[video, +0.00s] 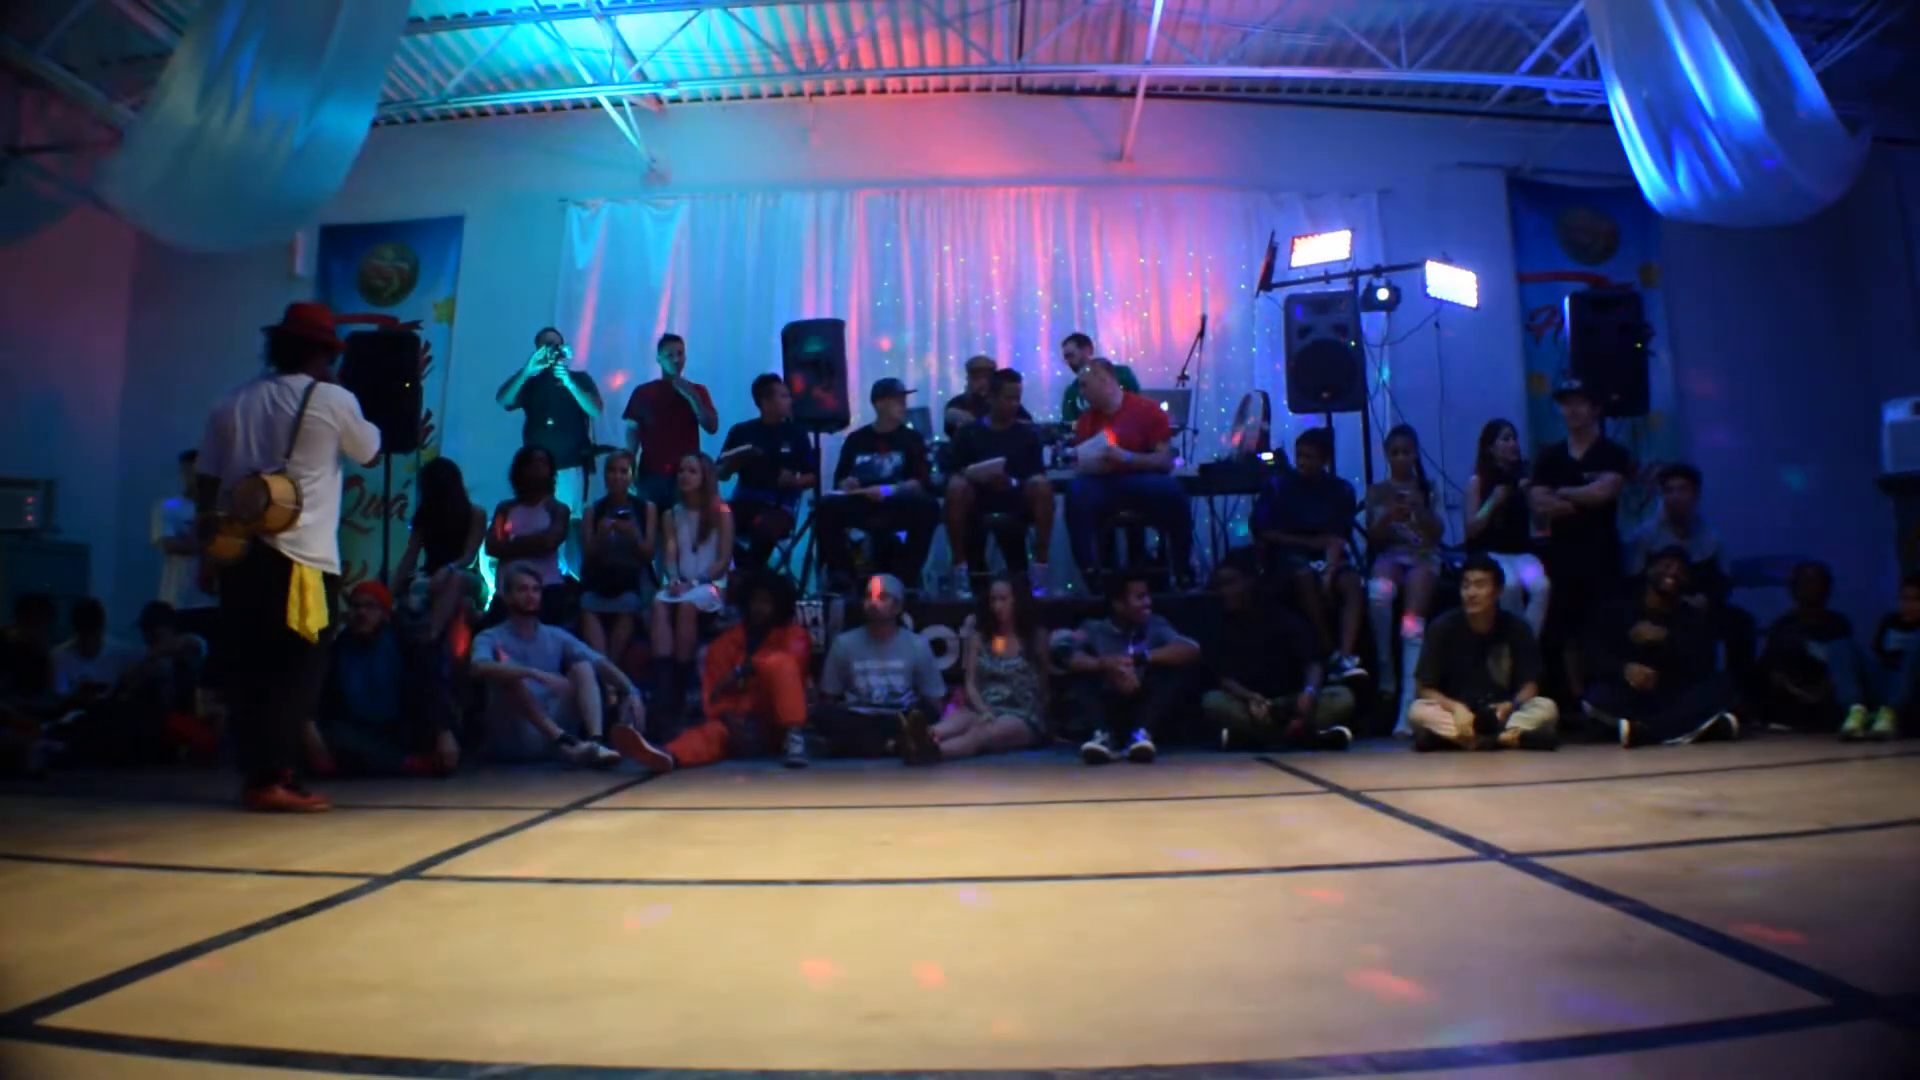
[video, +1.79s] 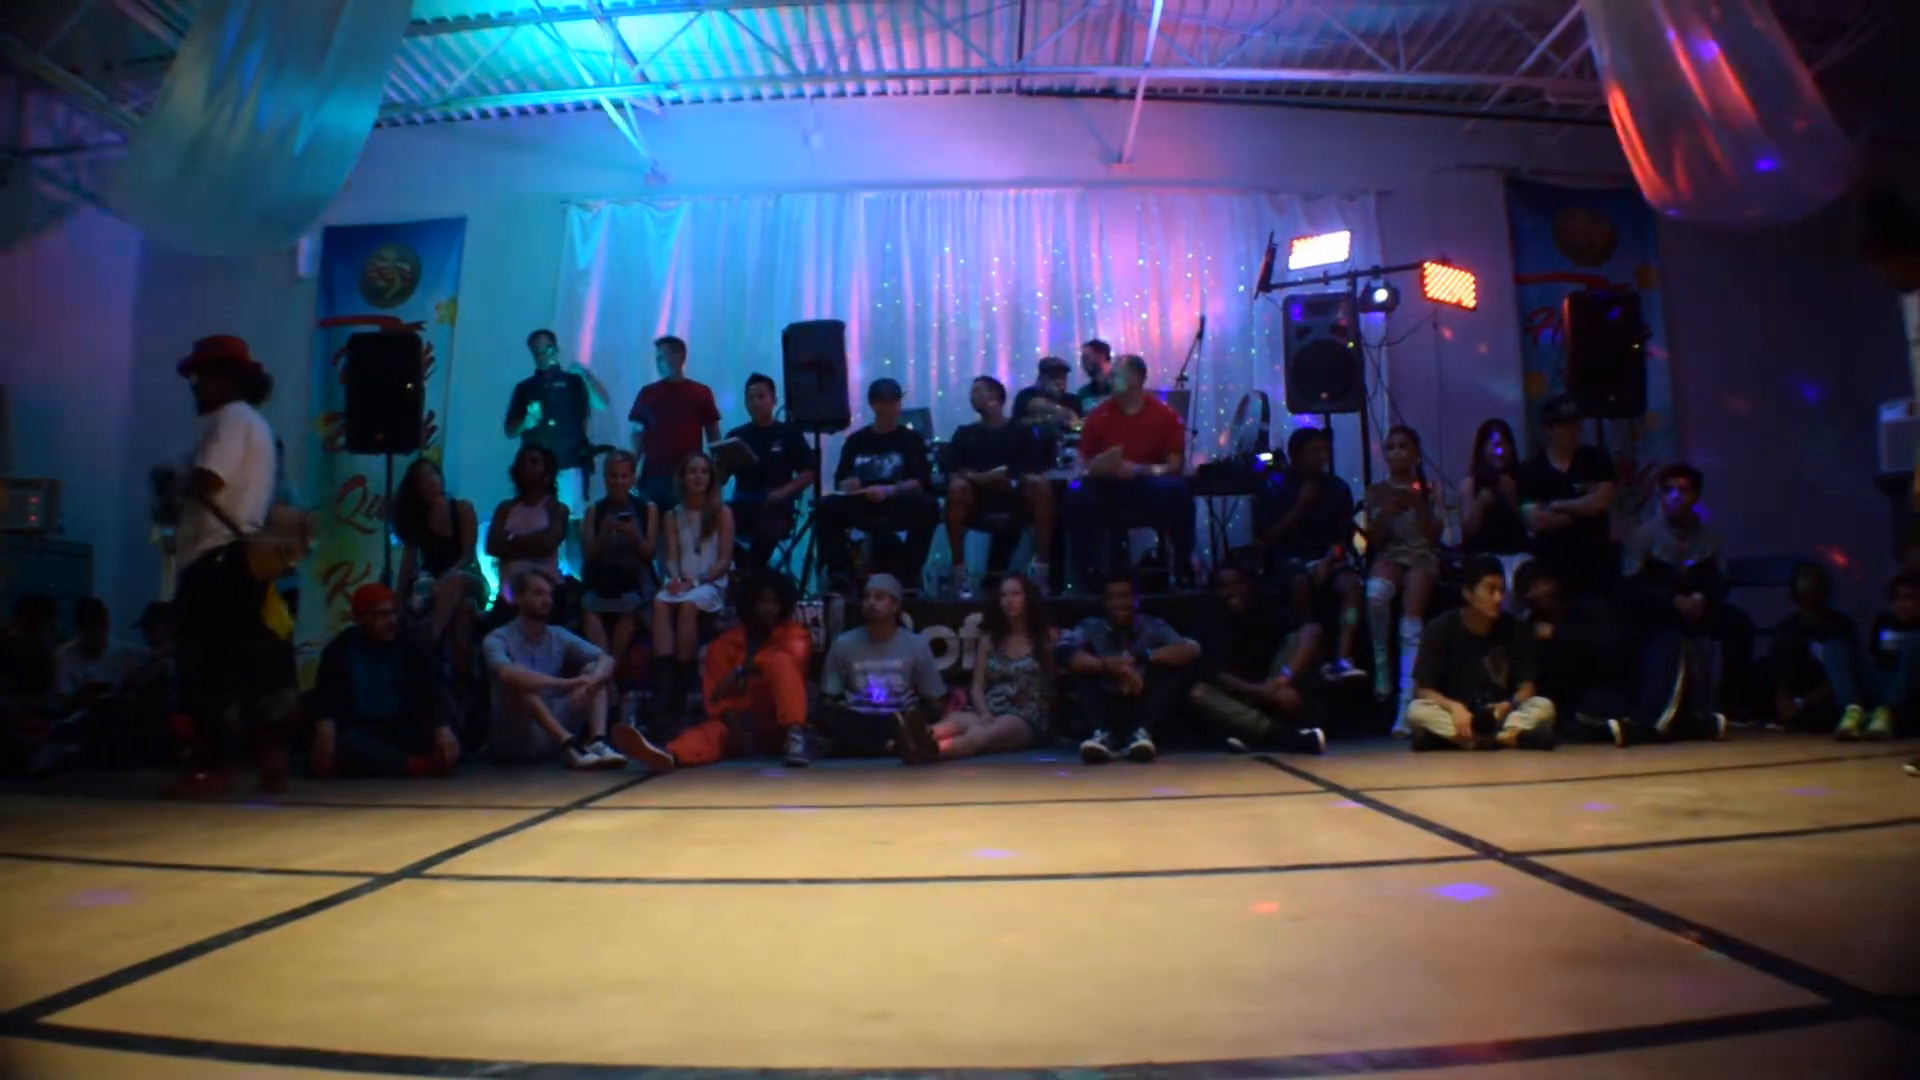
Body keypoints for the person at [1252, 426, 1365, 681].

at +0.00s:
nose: (1303, 462)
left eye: (1310, 456)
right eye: (1300, 455)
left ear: (1324, 459)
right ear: (1295, 456)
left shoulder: (1340, 489)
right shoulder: (1280, 486)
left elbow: (1341, 533)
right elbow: (1263, 531)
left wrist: (1330, 568)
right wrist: (1314, 543)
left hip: (1327, 551)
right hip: (1292, 552)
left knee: (1352, 581)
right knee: (1306, 579)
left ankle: (1345, 655)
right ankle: (1327, 655)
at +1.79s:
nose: (1321, 457)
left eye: (1323, 451)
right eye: (1313, 452)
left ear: (1328, 453)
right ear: (1296, 455)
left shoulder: (1337, 487)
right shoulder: (1276, 486)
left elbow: (1345, 536)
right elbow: (1267, 535)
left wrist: (1328, 561)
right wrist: (1299, 508)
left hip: (1327, 554)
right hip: (1290, 554)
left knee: (1351, 584)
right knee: (1300, 583)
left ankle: (1343, 657)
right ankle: (1310, 657)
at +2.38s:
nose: (1320, 452)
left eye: (1322, 446)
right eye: (1313, 446)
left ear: (1327, 451)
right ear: (1295, 452)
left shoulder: (1338, 486)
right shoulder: (1275, 487)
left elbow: (1345, 532)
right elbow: (1264, 537)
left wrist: (1331, 560)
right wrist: (1300, 533)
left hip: (1329, 557)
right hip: (1290, 557)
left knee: (1353, 584)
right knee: (1300, 583)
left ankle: (1342, 658)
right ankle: (1309, 659)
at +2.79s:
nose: (1326, 450)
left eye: (1325, 445)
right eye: (1318, 446)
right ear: (1300, 453)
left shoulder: (1337, 486)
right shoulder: (1277, 487)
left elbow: (1345, 532)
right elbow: (1264, 540)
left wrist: (1334, 560)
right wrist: (1307, 562)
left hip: (1328, 560)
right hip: (1291, 561)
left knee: (1354, 583)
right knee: (1300, 585)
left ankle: (1343, 657)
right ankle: (1311, 660)